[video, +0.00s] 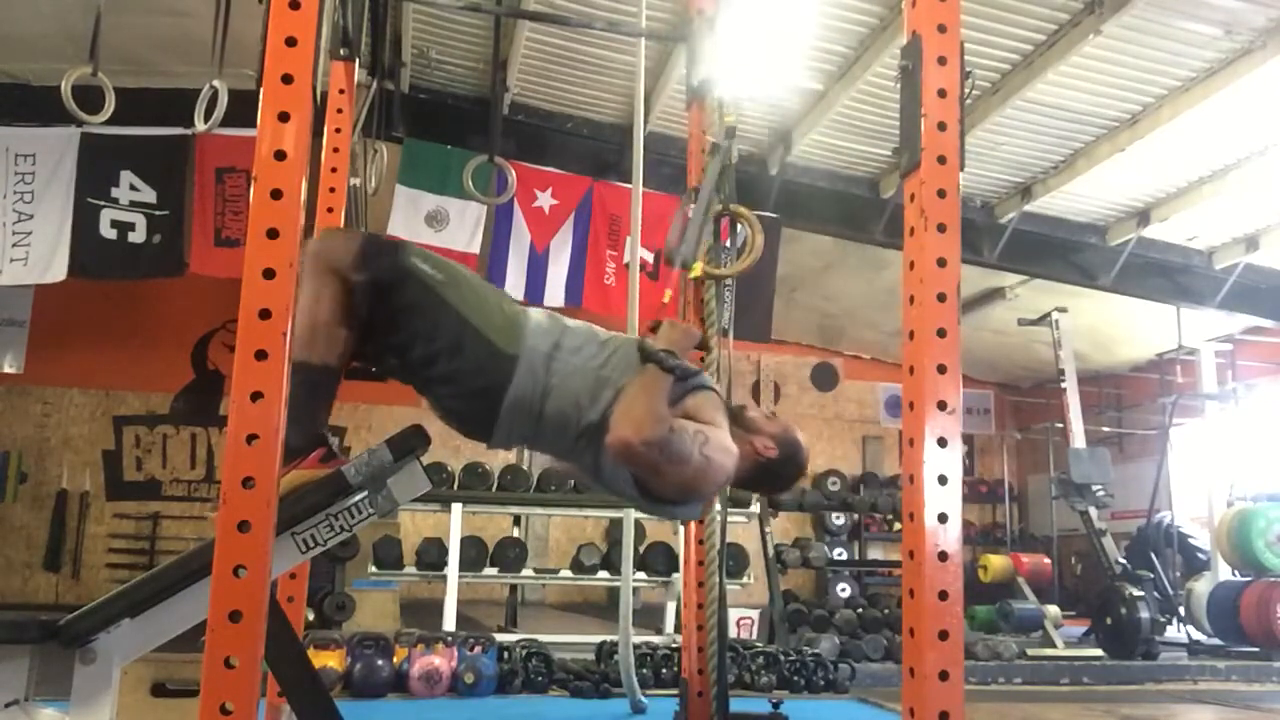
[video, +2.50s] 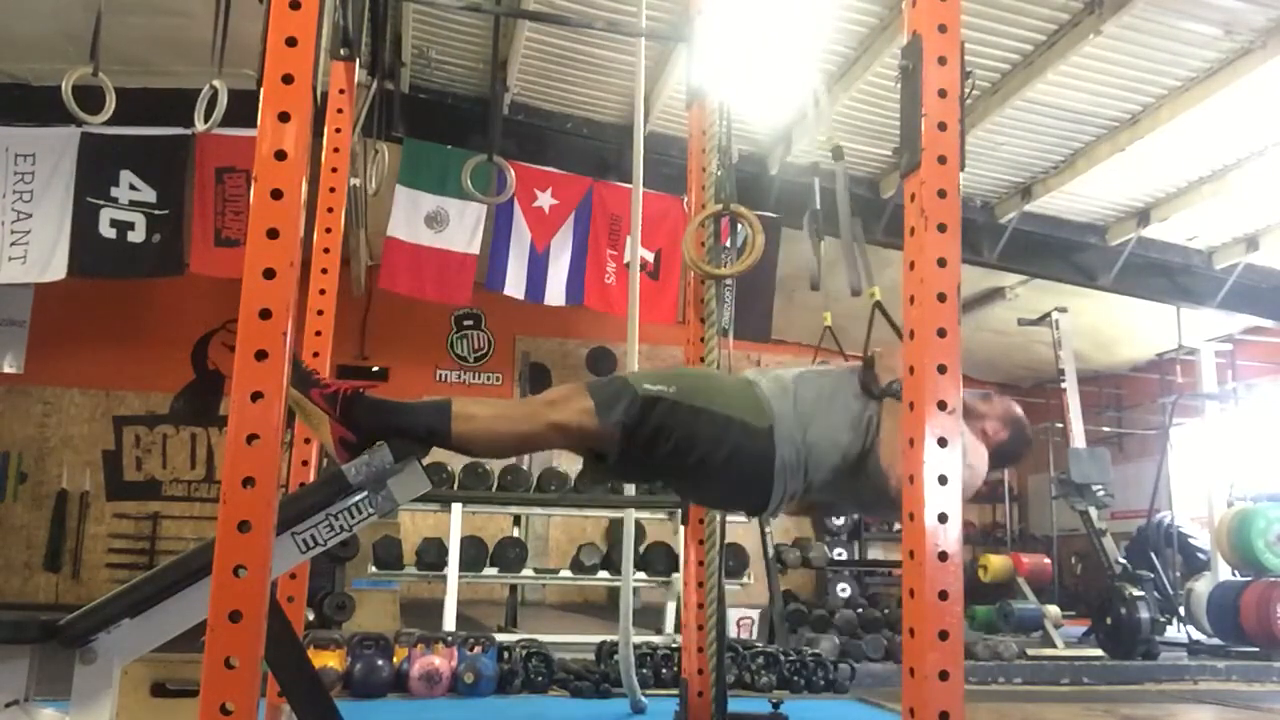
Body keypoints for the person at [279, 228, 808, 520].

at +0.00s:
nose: (762, 404)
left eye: (771, 418)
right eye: (774, 408)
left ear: (762, 449)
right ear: (760, 445)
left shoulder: (714, 459)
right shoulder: (707, 431)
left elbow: (634, 439)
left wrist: (669, 363)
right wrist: (669, 351)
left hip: (508, 363)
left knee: (333, 251)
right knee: (352, 295)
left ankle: (292, 420)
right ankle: (290, 417)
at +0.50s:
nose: (890, 461)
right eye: (897, 466)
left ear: (885, 517)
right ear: (903, 470)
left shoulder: (860, 520)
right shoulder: (856, 450)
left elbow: (805, 476)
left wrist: (809, 393)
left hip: (671, 431)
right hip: (678, 394)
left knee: (512, 304)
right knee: (505, 301)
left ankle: (351, 417)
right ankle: (363, 399)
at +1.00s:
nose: (996, 494)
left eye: (1007, 508)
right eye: (1005, 492)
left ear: (999, 543)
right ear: (988, 495)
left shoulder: (959, 542)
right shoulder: (943, 503)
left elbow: (894, 488)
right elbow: (863, 433)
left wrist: (930, 425)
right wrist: (914, 412)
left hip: (774, 496)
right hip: (765, 487)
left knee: (604, 419)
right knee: (589, 430)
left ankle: (393, 418)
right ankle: (402, 424)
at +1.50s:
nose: (947, 610)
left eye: (953, 629)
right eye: (957, 617)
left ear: (939, 659)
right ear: (942, 629)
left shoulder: (897, 649)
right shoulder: (890, 615)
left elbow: (876, 517)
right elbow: (871, 513)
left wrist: (852, 415)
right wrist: (844, 412)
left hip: (731, 554)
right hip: (734, 521)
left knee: (590, 432)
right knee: (576, 426)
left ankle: (382, 415)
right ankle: (390, 415)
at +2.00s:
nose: (948, 588)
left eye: (958, 611)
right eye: (962, 590)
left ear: (951, 642)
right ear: (950, 590)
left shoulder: (905, 639)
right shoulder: (903, 585)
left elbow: (874, 517)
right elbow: (869, 515)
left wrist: (861, 408)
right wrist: (843, 407)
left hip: (736, 548)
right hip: (736, 513)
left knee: (586, 425)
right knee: (563, 431)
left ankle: (369, 414)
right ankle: (382, 422)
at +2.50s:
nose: (992, 419)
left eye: (1002, 429)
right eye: (995, 412)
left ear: (998, 446)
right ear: (981, 401)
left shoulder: (959, 460)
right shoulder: (934, 406)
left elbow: (905, 484)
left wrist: (907, 390)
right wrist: (877, 369)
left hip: (762, 437)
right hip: (750, 420)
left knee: (577, 409)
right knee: (572, 406)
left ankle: (375, 420)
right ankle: (382, 419)